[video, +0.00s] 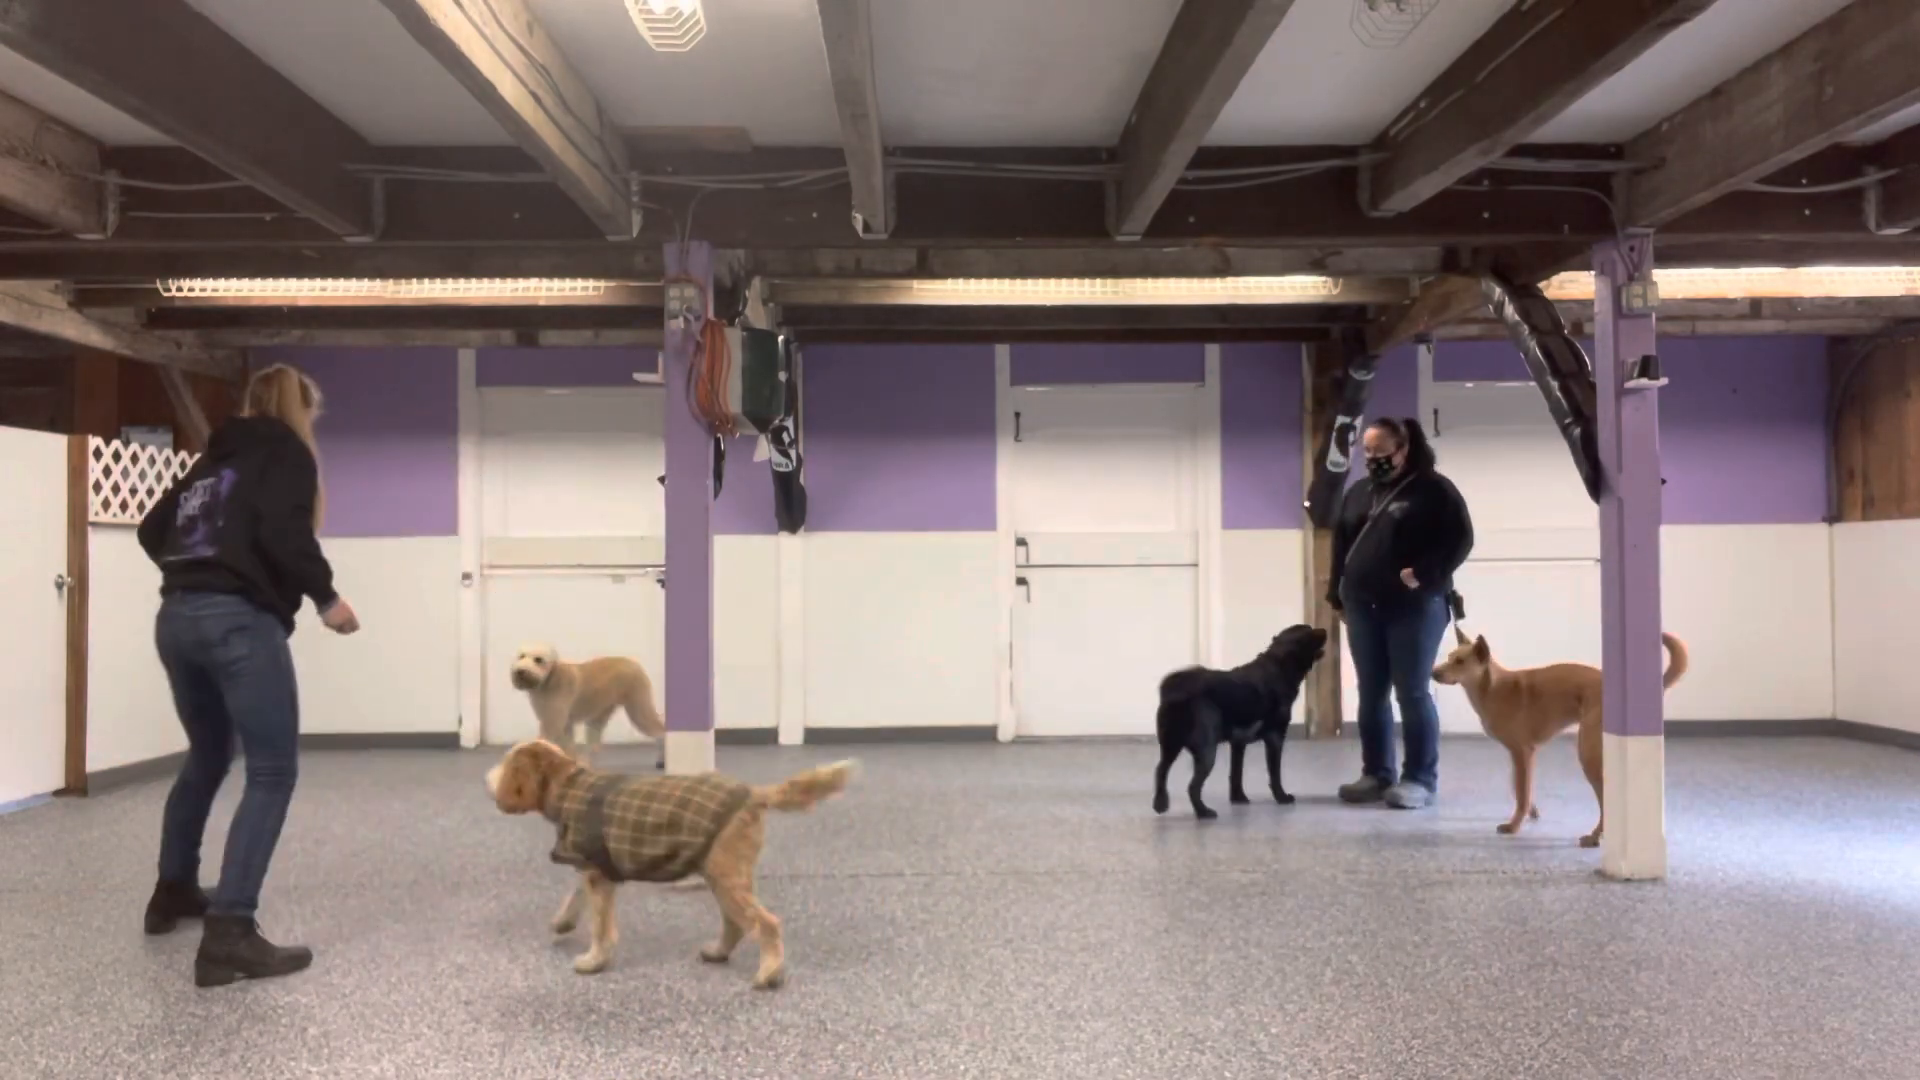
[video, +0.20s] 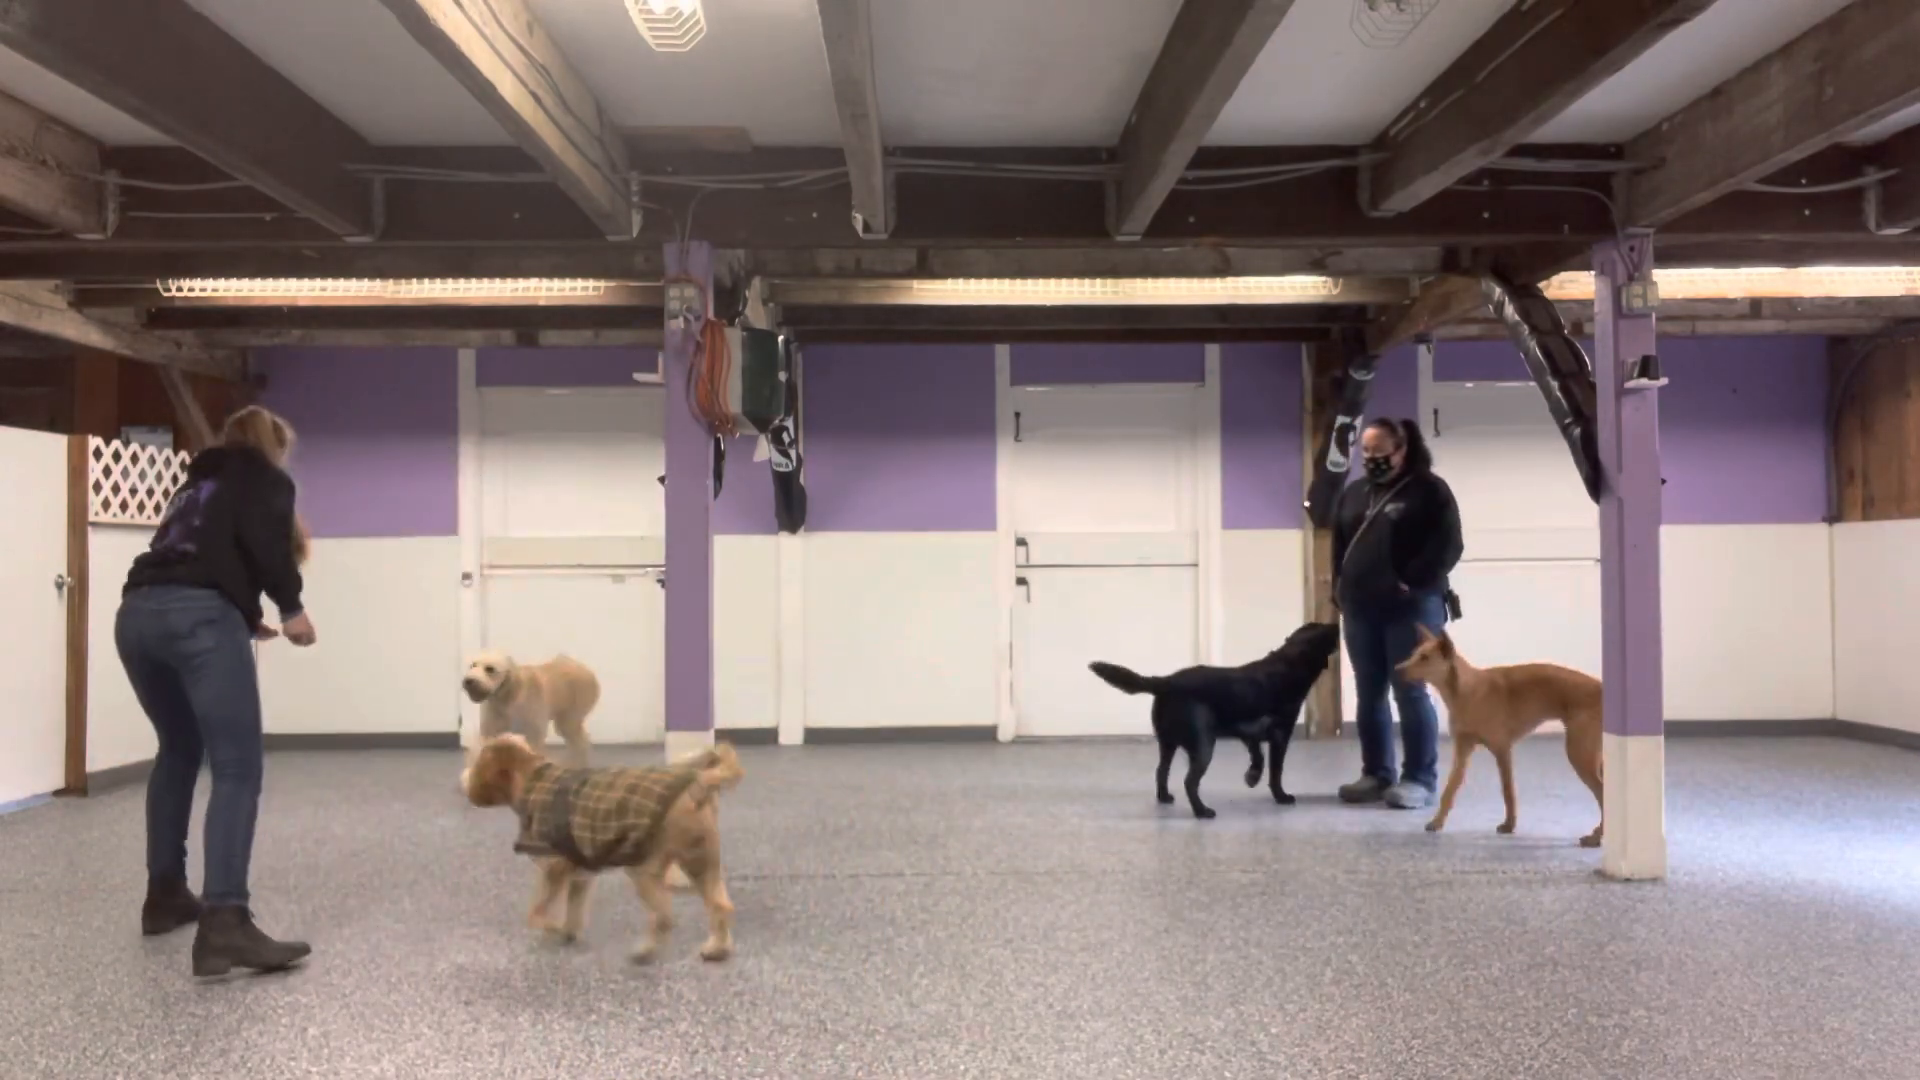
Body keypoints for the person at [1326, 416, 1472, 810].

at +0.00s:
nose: (1374, 462)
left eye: (1381, 454)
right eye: (1369, 455)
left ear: (1404, 448)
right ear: (1363, 454)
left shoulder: (1435, 489)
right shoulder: (1359, 492)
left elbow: (1461, 540)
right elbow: (1343, 543)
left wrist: (1424, 573)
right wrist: (1338, 589)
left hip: (1415, 603)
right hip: (1363, 604)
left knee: (1413, 692)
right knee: (1372, 694)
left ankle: (1420, 782)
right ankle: (1378, 774)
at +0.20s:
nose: (1372, 461)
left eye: (1379, 453)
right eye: (1367, 454)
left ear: (1402, 449)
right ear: (1360, 454)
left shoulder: (1430, 490)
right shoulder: (1355, 492)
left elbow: (1450, 545)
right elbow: (1342, 542)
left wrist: (1415, 584)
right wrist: (1340, 586)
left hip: (1411, 602)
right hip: (1361, 603)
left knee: (1411, 690)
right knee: (1370, 693)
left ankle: (1419, 782)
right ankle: (1378, 774)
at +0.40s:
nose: (1370, 461)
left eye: (1377, 453)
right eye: (1364, 454)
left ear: (1399, 449)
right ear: (1359, 455)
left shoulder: (1428, 488)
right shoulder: (1356, 491)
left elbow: (1448, 543)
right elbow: (1322, 512)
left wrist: (1412, 582)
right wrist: (1333, 465)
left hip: (1412, 602)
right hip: (1357, 602)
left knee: (1410, 691)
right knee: (1368, 692)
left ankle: (1419, 781)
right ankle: (1378, 773)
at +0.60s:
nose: (1364, 465)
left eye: (1370, 457)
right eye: (1359, 458)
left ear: (1392, 449)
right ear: (1355, 457)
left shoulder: (1424, 488)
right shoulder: (1356, 491)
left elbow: (1445, 541)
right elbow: (1325, 514)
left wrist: (1409, 580)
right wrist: (1331, 466)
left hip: (1407, 602)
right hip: (1356, 603)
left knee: (1405, 691)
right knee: (1368, 693)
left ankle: (1420, 781)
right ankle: (1381, 776)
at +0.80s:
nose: (1361, 465)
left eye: (1367, 456)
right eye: (1354, 458)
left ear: (1389, 448)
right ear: (1350, 458)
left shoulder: (1421, 486)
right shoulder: (1352, 493)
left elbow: (1447, 537)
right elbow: (1319, 512)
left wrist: (1411, 580)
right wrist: (1331, 466)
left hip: (1410, 600)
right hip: (1357, 601)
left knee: (1408, 689)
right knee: (1369, 692)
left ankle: (1419, 780)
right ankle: (1378, 777)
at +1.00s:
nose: (1360, 463)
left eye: (1367, 454)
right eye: (1354, 456)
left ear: (1390, 448)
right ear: (1350, 457)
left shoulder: (1421, 486)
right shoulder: (1351, 493)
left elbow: (1449, 536)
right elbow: (1326, 519)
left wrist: (1409, 575)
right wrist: (1330, 469)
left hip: (1407, 601)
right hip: (1355, 602)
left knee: (1409, 689)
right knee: (1368, 691)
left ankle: (1419, 780)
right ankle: (1377, 774)